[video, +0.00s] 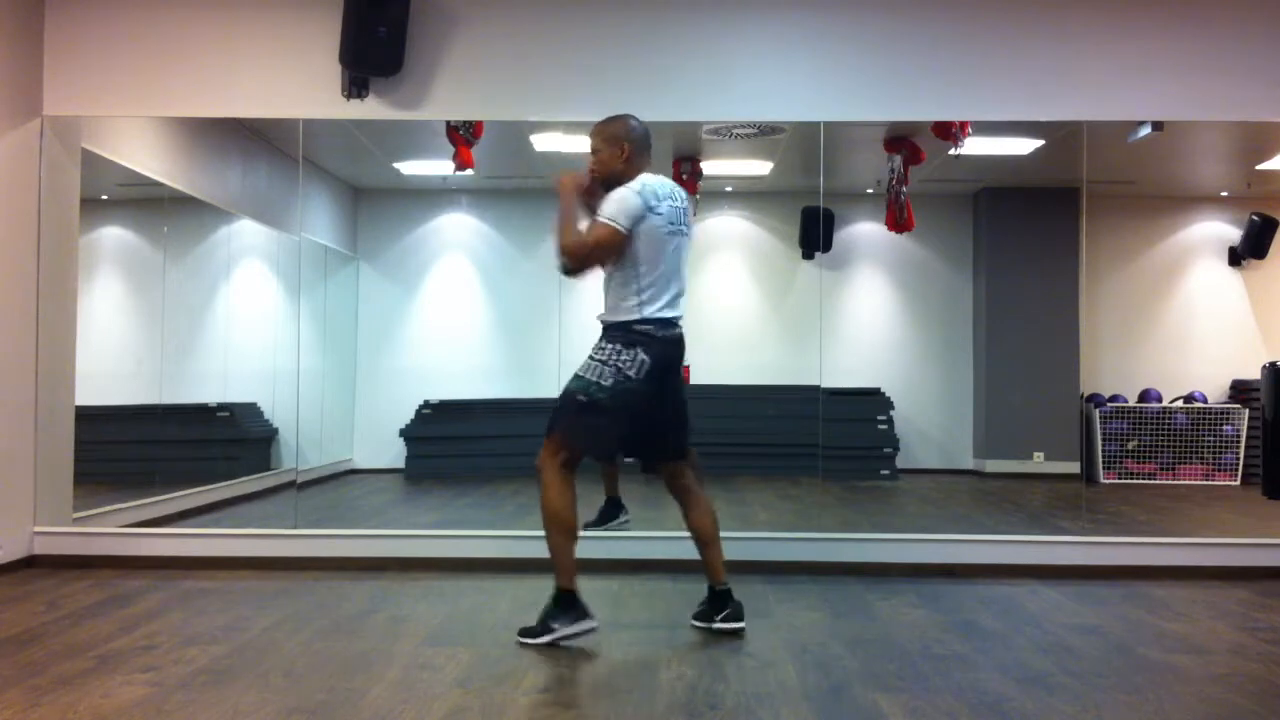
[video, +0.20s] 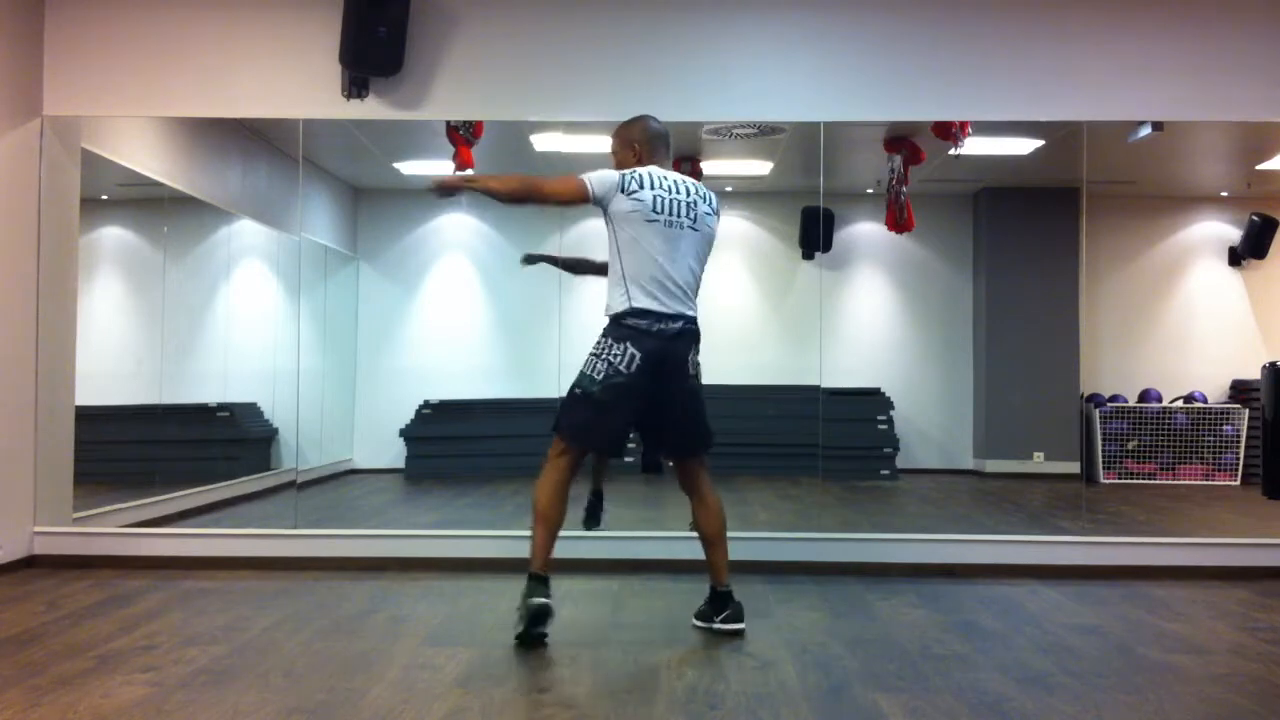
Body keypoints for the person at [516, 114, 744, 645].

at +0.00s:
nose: (591, 161)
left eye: (596, 151)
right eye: (591, 151)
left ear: (623, 151)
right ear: (639, 150)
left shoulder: (631, 194)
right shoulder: (676, 197)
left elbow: (573, 257)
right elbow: (610, 254)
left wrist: (569, 199)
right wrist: (591, 202)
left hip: (628, 346)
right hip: (663, 346)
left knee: (554, 460)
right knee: (681, 474)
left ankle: (567, 601)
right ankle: (722, 598)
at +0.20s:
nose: (614, 164)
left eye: (616, 155)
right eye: (614, 156)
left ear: (635, 150)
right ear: (662, 152)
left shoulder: (622, 181)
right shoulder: (705, 202)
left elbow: (537, 189)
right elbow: (646, 263)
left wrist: (467, 180)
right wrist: (573, 264)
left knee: (562, 457)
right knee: (696, 476)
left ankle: (537, 586)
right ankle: (723, 598)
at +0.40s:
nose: (595, 163)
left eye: (599, 153)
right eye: (595, 154)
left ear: (627, 149)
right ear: (640, 149)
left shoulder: (631, 184)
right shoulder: (680, 197)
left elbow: (570, 235)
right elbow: (656, 275)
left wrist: (534, 198)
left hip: (636, 343)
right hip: (671, 345)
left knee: (566, 460)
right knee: (682, 473)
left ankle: (579, 605)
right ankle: (722, 598)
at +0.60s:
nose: (587, 167)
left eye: (592, 156)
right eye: (584, 158)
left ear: (626, 152)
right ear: (612, 155)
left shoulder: (665, 199)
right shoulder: (613, 195)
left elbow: (633, 263)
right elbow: (532, 203)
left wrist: (593, 204)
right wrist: (478, 182)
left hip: (645, 349)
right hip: (623, 346)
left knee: (580, 460)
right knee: (656, 473)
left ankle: (582, 605)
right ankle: (729, 575)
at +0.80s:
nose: (576, 169)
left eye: (581, 159)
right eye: (573, 160)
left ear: (614, 153)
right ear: (608, 154)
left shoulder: (649, 198)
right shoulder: (608, 199)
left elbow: (607, 268)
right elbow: (542, 229)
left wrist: (582, 206)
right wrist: (497, 192)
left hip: (641, 351)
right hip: (623, 350)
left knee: (576, 463)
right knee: (646, 472)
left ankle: (582, 606)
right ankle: (722, 576)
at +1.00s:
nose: (578, 177)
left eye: (581, 167)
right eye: (577, 168)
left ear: (606, 159)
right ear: (621, 158)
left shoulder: (605, 192)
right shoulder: (673, 200)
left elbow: (529, 223)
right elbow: (648, 282)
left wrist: (488, 189)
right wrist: (583, 283)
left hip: (624, 350)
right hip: (670, 351)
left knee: (555, 462)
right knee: (680, 472)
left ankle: (561, 603)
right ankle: (712, 598)